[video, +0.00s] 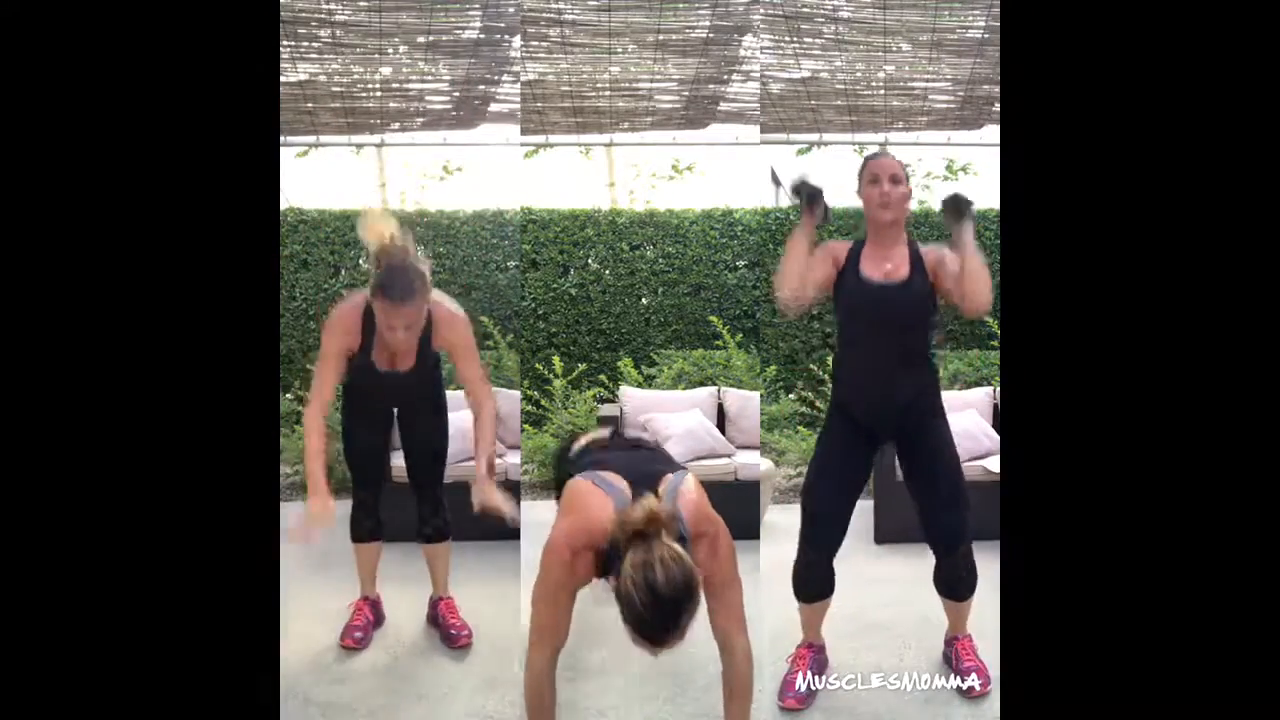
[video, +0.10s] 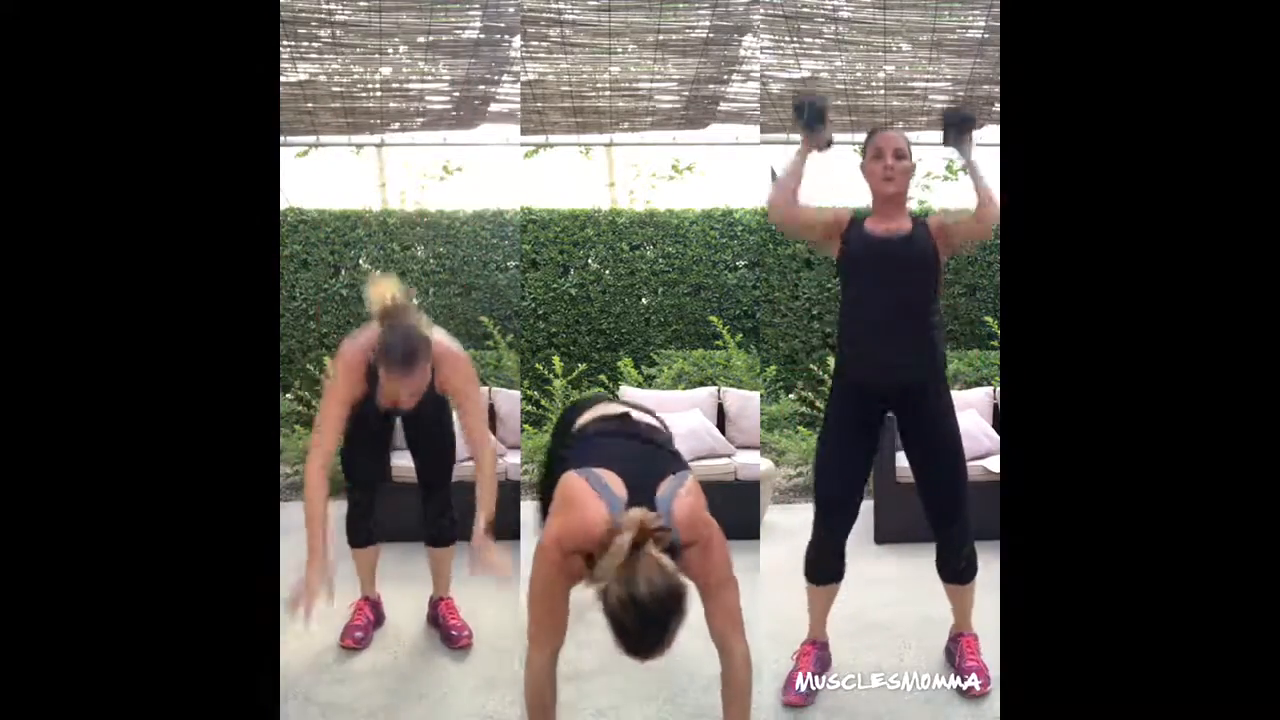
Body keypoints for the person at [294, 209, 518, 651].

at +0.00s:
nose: (400, 333)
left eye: (410, 325)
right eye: (391, 325)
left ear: (426, 305)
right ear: (375, 303)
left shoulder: (448, 319)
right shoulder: (348, 317)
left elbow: (482, 399)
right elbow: (315, 408)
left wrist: (485, 478)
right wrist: (317, 491)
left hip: (422, 395)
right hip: (364, 396)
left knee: (430, 495)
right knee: (367, 496)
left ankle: (442, 601)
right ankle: (368, 601)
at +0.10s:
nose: (403, 399)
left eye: (413, 389)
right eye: (395, 389)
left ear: (428, 367)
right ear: (378, 365)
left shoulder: (451, 361)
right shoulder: (353, 357)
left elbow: (483, 450)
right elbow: (317, 462)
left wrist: (484, 529)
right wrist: (316, 560)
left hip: (428, 399)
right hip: (368, 401)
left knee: (437, 493)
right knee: (363, 495)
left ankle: (442, 601)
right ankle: (368, 601)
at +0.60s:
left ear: (425, 543)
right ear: (360, 544)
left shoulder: (449, 499)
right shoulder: (344, 498)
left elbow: (473, 603)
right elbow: (317, 600)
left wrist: (471, 693)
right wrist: (323, 695)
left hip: (428, 391)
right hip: (361, 397)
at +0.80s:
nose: (398, 591)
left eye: (407, 581)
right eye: (388, 584)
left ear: (428, 532)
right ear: (362, 537)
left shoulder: (447, 492)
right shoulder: (346, 490)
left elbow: (477, 605)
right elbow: (315, 602)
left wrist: (472, 692)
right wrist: (323, 694)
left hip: (434, 454)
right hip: (366, 457)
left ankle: (446, 537)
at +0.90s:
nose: (397, 591)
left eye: (406, 581)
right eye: (387, 583)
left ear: (427, 533)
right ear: (362, 533)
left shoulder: (449, 496)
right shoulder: (346, 495)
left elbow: (478, 603)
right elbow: (314, 604)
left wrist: (473, 691)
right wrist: (322, 693)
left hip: (433, 456)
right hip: (366, 456)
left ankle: (446, 538)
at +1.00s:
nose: (400, 598)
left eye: (409, 591)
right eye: (390, 594)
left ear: (427, 539)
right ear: (361, 546)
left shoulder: (451, 501)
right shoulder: (340, 505)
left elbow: (474, 601)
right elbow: (316, 603)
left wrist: (472, 690)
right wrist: (322, 692)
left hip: (433, 426)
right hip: (364, 428)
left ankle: (443, 536)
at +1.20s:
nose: (388, 573)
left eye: (396, 569)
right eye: (379, 568)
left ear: (417, 528)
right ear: (361, 523)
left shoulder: (439, 485)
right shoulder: (348, 480)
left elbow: (461, 598)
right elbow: (332, 595)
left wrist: (471, 690)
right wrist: (323, 693)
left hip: (434, 385)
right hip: (366, 384)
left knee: (456, 501)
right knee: (335, 500)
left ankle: (445, 554)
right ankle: (357, 551)